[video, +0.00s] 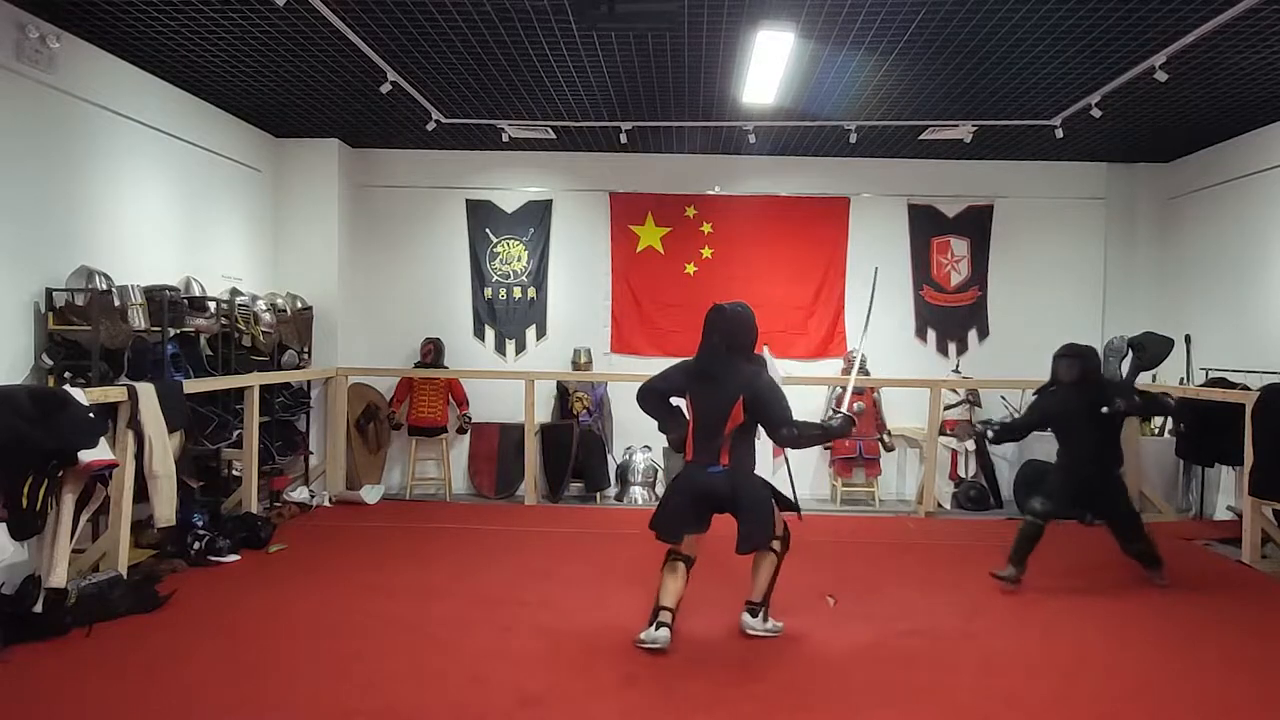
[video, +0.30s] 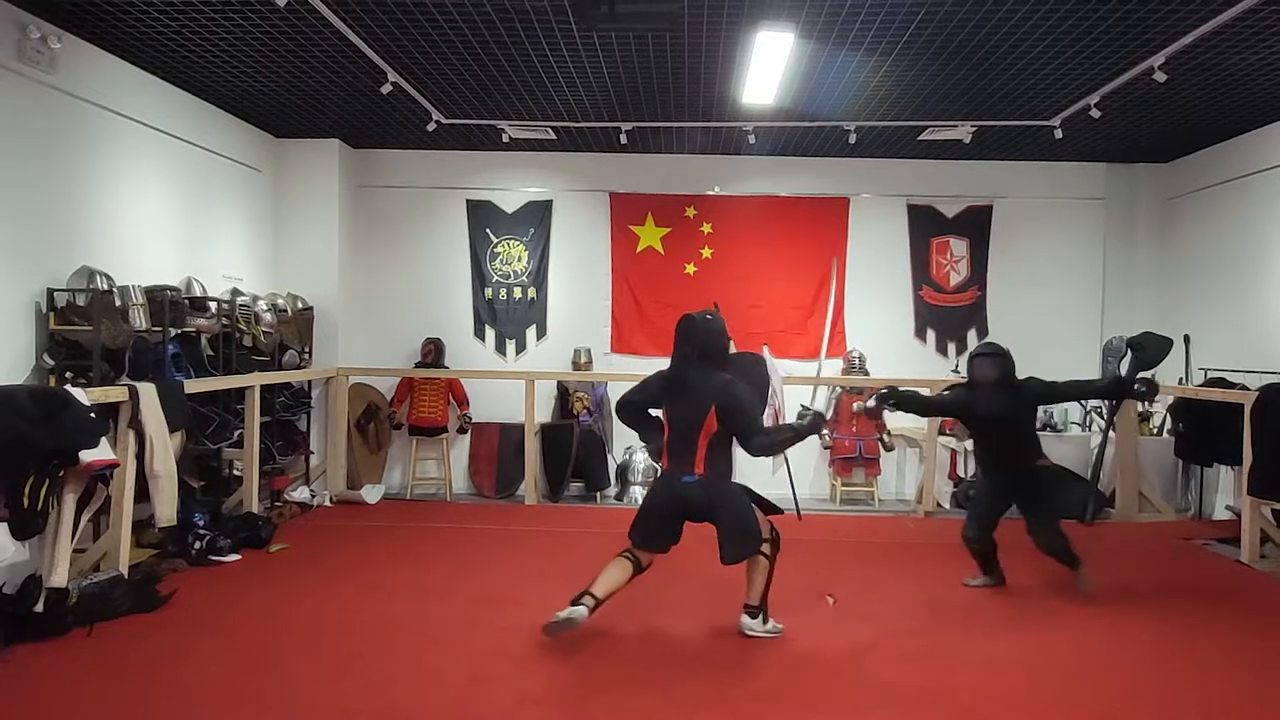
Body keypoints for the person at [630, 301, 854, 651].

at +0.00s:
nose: (756, 338)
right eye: (753, 332)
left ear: (710, 335)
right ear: (748, 336)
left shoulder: (690, 369)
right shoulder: (754, 377)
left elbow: (648, 394)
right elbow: (786, 433)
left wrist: (676, 428)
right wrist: (834, 429)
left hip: (692, 479)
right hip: (738, 481)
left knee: (682, 550)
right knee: (777, 532)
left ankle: (662, 624)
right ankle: (755, 612)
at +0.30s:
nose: (730, 342)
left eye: (726, 335)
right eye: (726, 337)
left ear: (685, 345)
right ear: (717, 345)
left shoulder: (667, 379)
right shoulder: (729, 387)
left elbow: (626, 405)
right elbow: (758, 443)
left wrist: (656, 436)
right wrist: (804, 428)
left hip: (667, 489)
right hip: (715, 491)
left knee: (636, 552)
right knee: (766, 537)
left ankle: (582, 605)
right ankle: (753, 615)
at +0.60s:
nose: (649, 334)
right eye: (647, 328)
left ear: (603, 331)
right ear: (642, 336)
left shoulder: (583, 365)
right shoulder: (645, 376)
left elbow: (540, 389)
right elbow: (682, 411)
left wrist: (573, 419)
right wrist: (673, 377)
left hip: (575, 480)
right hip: (620, 482)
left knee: (567, 548)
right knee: (665, 540)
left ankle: (529, 611)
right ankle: (646, 624)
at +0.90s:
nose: (520, 368)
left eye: (517, 364)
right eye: (517, 363)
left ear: (474, 364)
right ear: (510, 363)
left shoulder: (456, 395)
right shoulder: (521, 387)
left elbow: (409, 430)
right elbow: (567, 419)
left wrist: (441, 462)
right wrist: (619, 430)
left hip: (456, 502)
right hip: (504, 499)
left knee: (439, 563)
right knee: (559, 560)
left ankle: (398, 641)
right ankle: (615, 632)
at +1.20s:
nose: (452, 337)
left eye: (450, 330)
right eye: (449, 330)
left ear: (398, 328)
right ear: (439, 333)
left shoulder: (377, 367)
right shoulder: (436, 372)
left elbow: (327, 399)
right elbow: (441, 430)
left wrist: (361, 435)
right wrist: (498, 472)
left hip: (368, 486)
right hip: (412, 491)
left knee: (397, 560)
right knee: (397, 599)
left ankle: (374, 644)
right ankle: (325, 672)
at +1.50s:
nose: (404, 329)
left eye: (401, 319)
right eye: (399, 320)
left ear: (355, 324)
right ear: (382, 325)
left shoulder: (325, 365)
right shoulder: (377, 376)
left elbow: (291, 391)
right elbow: (386, 449)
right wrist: (459, 464)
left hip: (307, 501)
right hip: (348, 506)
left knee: (292, 599)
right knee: (418, 574)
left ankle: (222, 690)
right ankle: (343, 655)